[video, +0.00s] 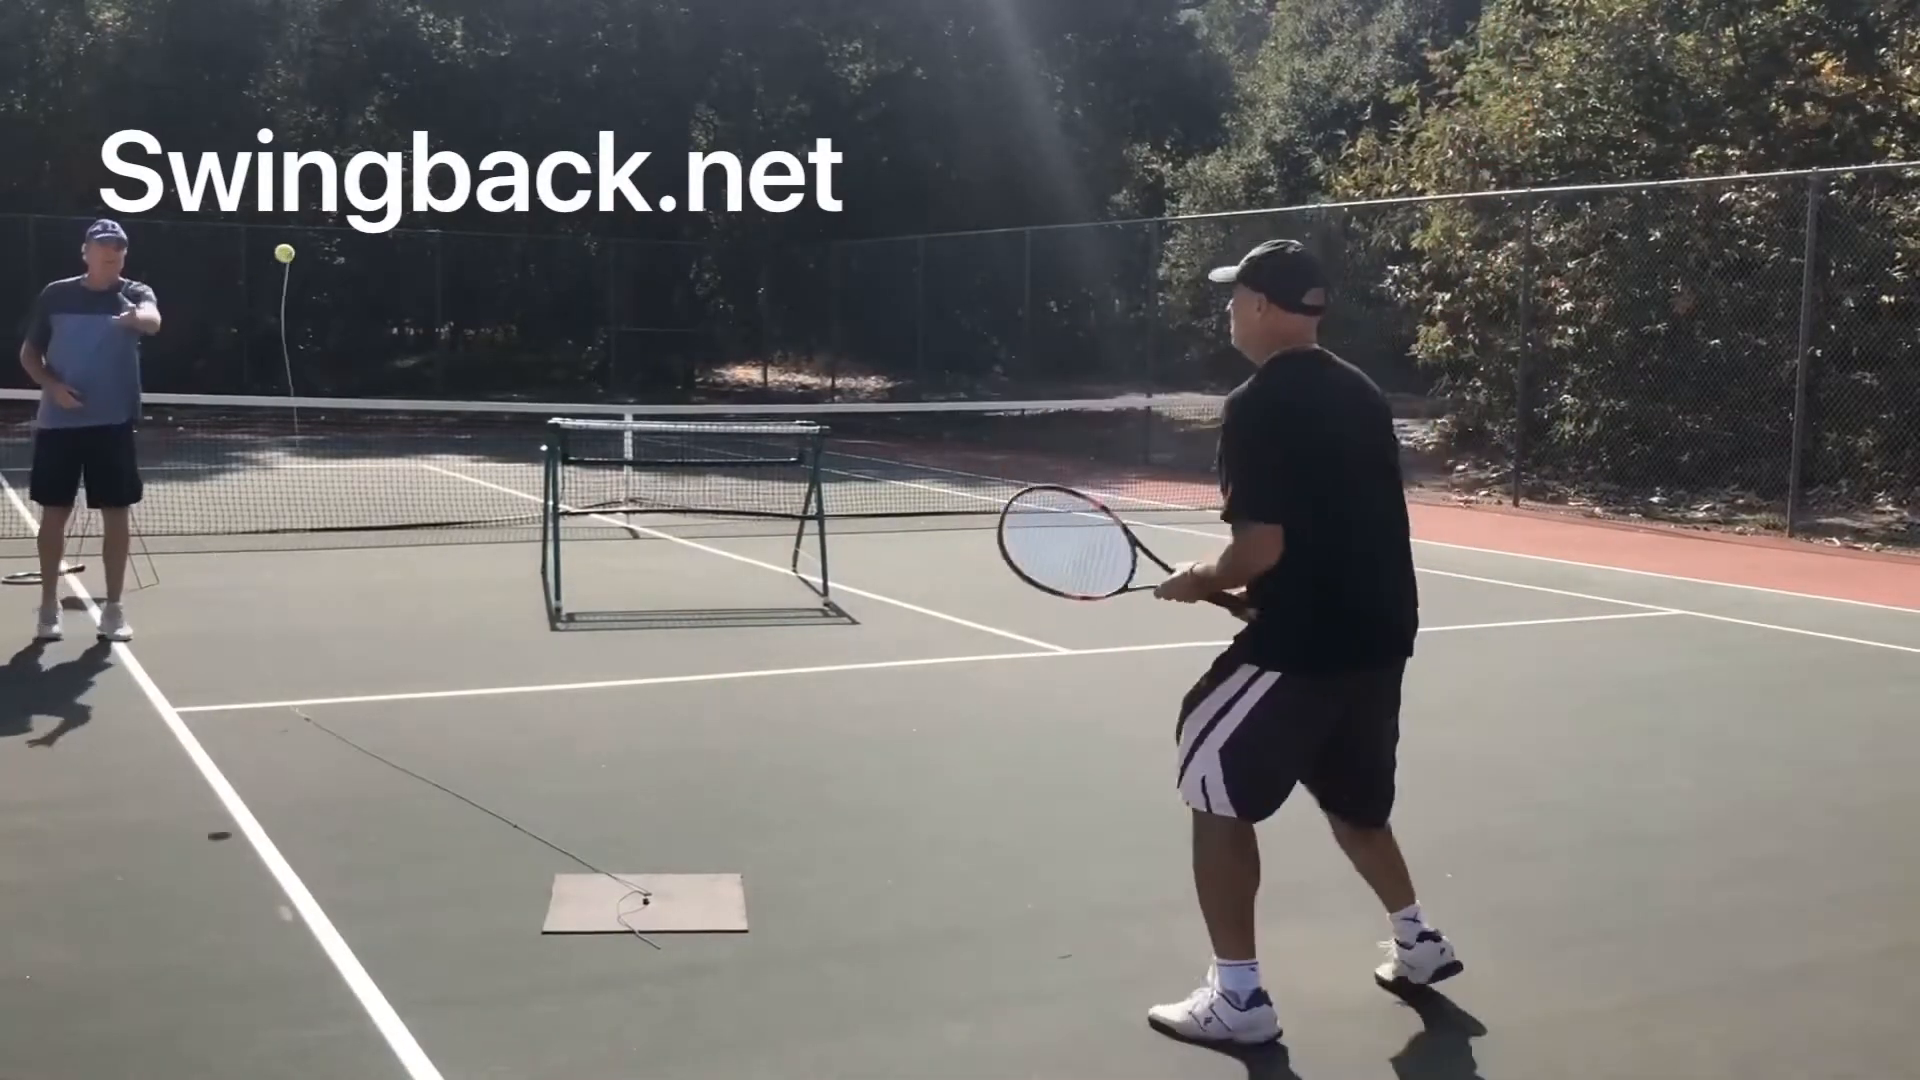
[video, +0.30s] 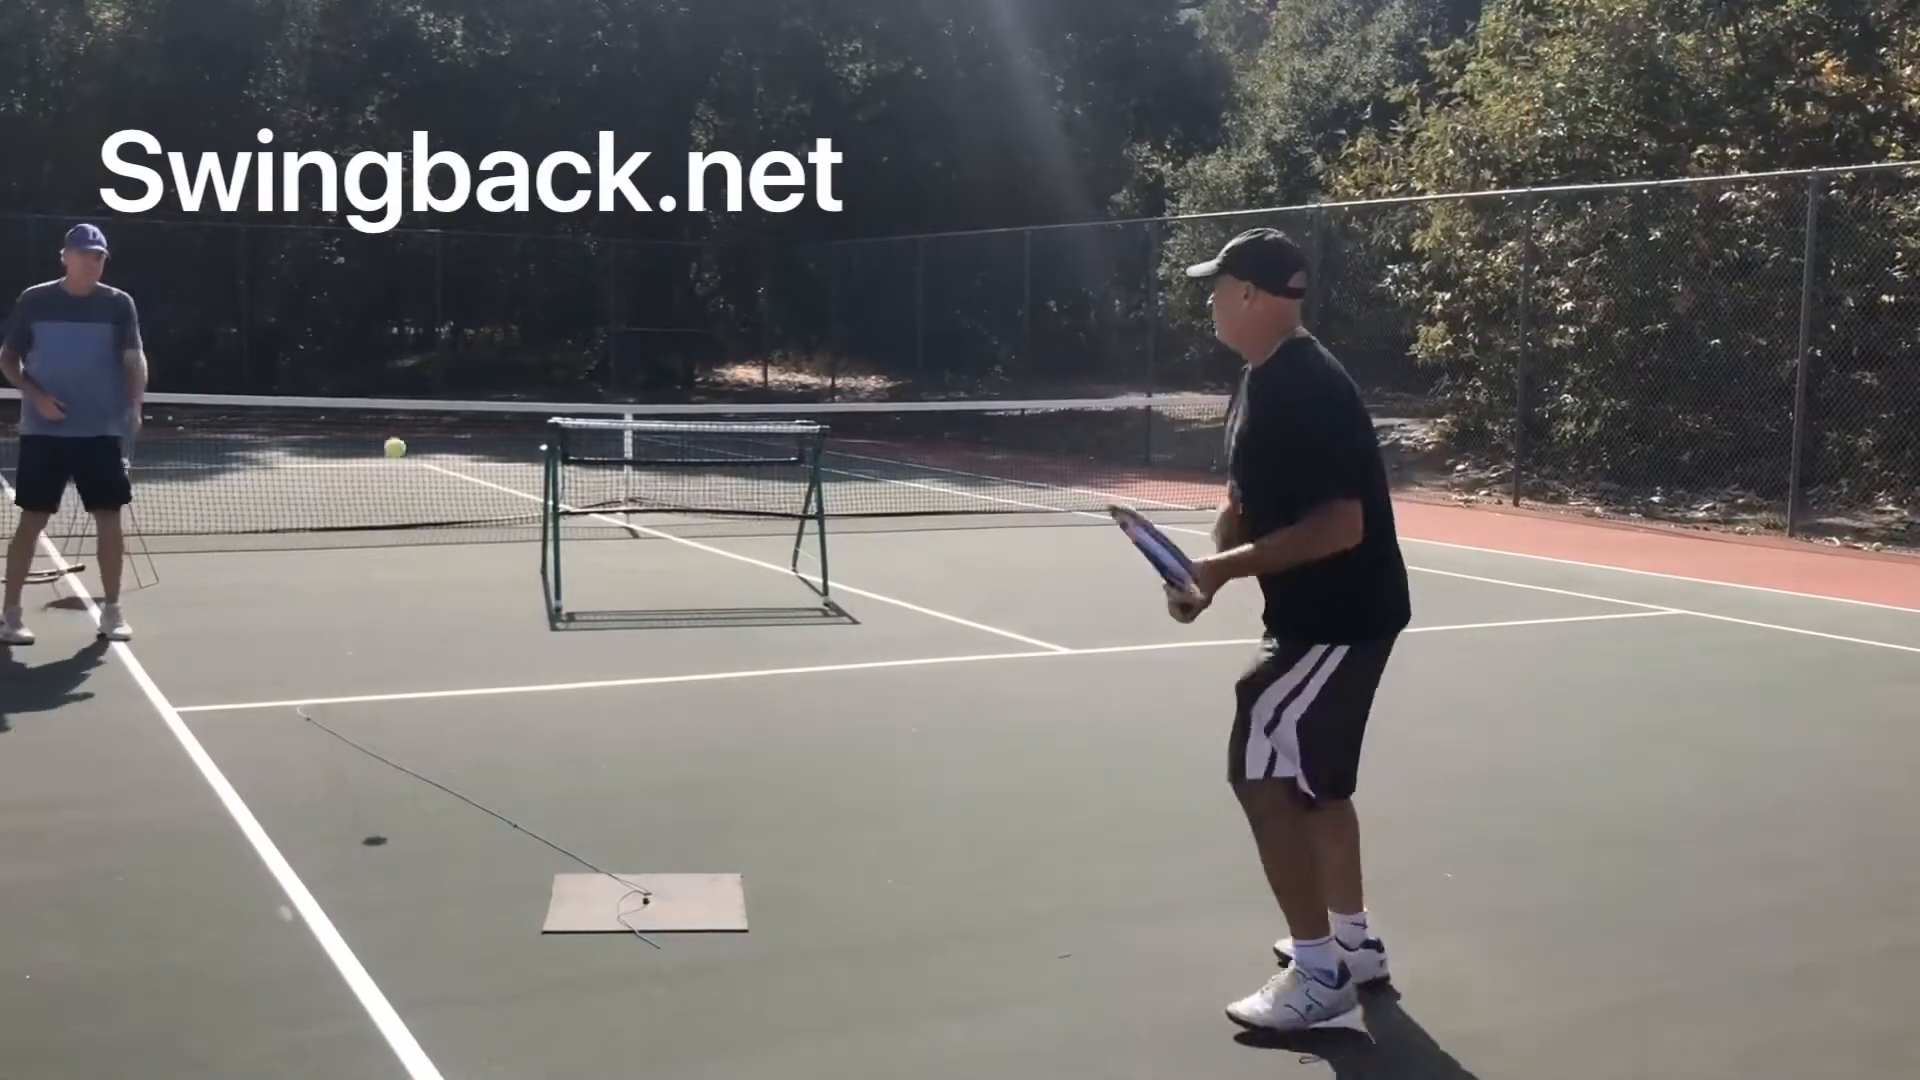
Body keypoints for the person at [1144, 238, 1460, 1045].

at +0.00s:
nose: (1230, 312)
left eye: (1238, 300)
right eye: (1234, 299)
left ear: (1269, 309)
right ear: (1309, 311)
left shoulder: (1259, 403)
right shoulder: (1361, 392)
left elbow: (1260, 544)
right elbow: (1359, 528)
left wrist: (1208, 577)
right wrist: (1259, 584)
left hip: (1298, 646)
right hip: (1379, 642)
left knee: (1214, 785)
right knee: (1354, 800)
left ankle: (1236, 994)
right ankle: (1418, 941)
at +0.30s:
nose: (1212, 303)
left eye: (1224, 290)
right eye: (1216, 289)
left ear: (1268, 299)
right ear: (1264, 299)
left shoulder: (1305, 383)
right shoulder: (1267, 380)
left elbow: (1342, 523)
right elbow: (1251, 503)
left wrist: (1225, 564)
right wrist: (1205, 572)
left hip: (1341, 619)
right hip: (1321, 613)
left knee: (1260, 770)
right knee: (1320, 778)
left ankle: (1318, 974)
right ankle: (1352, 944)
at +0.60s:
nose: (1140, 336)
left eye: (1148, 322)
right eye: (1141, 323)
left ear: (1187, 322)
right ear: (1184, 324)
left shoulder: (1272, 396)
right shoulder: (1176, 407)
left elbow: (1339, 513)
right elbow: (1162, 524)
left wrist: (1242, 559)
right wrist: (1162, 583)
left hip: (1323, 622)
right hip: (1256, 621)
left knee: (1283, 785)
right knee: (1234, 768)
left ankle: (1368, 973)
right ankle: (1307, 930)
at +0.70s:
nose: (1112, 344)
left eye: (1119, 329)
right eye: (1112, 331)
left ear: (1162, 326)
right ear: (1157, 330)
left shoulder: (1240, 389)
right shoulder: (1145, 411)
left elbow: (1321, 490)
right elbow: (1129, 507)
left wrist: (1214, 520)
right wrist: (1133, 554)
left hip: (1298, 611)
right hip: (1235, 608)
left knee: (1245, 772)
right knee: (1186, 748)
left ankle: (1341, 960)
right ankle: (1277, 904)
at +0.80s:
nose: (1082, 365)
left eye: (1090, 350)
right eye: (1081, 351)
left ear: (1136, 348)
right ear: (1120, 354)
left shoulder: (1208, 402)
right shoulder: (1113, 429)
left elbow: (1294, 472)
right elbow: (1096, 509)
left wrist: (1183, 482)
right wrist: (1095, 539)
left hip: (1275, 623)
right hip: (1202, 616)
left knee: (1245, 787)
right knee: (1116, 722)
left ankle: (1349, 967)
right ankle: (1202, 860)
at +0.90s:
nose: (1041, 395)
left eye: (1048, 379)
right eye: (1039, 381)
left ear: (1089, 373)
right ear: (1073, 380)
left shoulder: (1171, 420)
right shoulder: (1070, 453)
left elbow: (1259, 465)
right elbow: (1065, 558)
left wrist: (1145, 463)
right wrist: (1076, 521)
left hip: (1238, 640)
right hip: (1163, 630)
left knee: (1230, 805)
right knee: (1068, 716)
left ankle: (1346, 969)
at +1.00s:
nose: (982, 416)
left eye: (987, 402)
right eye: (981, 403)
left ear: (1022, 398)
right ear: (1020, 401)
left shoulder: (1121, 443)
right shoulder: (1012, 477)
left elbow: (1202, 489)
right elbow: (1019, 561)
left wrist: (1113, 488)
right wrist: (1039, 570)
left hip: (1186, 651)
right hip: (1112, 641)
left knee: (1214, 805)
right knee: (1021, 715)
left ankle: (1342, 968)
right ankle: (949, 831)